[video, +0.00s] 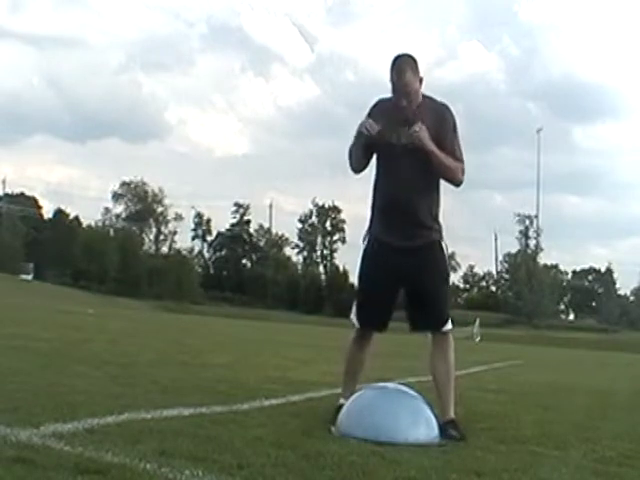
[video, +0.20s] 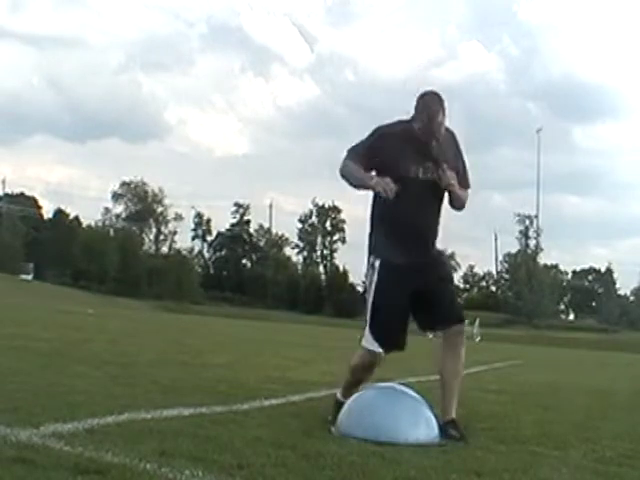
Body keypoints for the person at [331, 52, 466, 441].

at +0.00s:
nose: (403, 97)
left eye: (408, 89)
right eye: (397, 91)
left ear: (422, 81)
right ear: (390, 86)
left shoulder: (440, 114)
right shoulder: (382, 110)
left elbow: (457, 174)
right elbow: (356, 165)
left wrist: (427, 144)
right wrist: (367, 136)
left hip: (426, 238)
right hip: (383, 237)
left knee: (441, 328)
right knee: (365, 329)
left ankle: (447, 418)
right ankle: (345, 405)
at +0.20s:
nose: (431, 134)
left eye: (436, 128)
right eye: (424, 127)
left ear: (444, 120)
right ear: (413, 118)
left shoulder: (448, 141)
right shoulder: (389, 136)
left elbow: (461, 203)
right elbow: (348, 167)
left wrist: (452, 186)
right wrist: (371, 181)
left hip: (427, 255)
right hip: (389, 256)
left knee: (454, 328)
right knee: (376, 349)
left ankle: (448, 419)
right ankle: (342, 401)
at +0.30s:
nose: (441, 174)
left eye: (447, 169)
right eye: (437, 168)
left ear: (453, 162)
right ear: (425, 155)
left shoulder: (449, 179)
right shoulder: (398, 173)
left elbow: (459, 228)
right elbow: (354, 206)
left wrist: (450, 214)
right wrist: (384, 243)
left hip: (427, 275)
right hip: (389, 277)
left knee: (460, 334)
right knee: (382, 370)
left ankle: (450, 420)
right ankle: (342, 394)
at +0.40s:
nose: (445, 222)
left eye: (451, 217)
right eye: (440, 215)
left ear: (460, 207)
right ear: (429, 202)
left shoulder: (454, 204)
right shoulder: (405, 217)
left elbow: (453, 234)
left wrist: (454, 256)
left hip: (429, 291)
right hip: (395, 292)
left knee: (463, 333)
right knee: (398, 380)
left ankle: (450, 419)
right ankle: (343, 393)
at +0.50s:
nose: (450, 257)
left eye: (456, 252)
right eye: (445, 252)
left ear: (462, 234)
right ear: (434, 231)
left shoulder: (456, 223)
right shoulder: (406, 239)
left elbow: (462, 260)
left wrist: (452, 290)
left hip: (422, 292)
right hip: (386, 292)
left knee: (462, 329)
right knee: (393, 384)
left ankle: (451, 419)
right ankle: (343, 394)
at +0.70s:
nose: (437, 267)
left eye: (444, 263)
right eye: (434, 259)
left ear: (457, 252)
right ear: (428, 237)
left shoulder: (457, 265)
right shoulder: (401, 223)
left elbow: (447, 332)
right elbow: (352, 246)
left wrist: (418, 385)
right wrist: (374, 296)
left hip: (423, 306)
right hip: (386, 298)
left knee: (464, 331)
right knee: (381, 380)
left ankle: (451, 419)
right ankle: (340, 394)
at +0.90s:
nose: (441, 225)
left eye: (447, 220)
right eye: (437, 218)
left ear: (456, 212)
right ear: (427, 205)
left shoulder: (459, 230)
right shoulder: (399, 204)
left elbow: (458, 291)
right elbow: (356, 221)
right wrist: (372, 257)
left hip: (431, 300)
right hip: (391, 299)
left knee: (474, 336)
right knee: (390, 386)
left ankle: (452, 420)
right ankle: (343, 395)